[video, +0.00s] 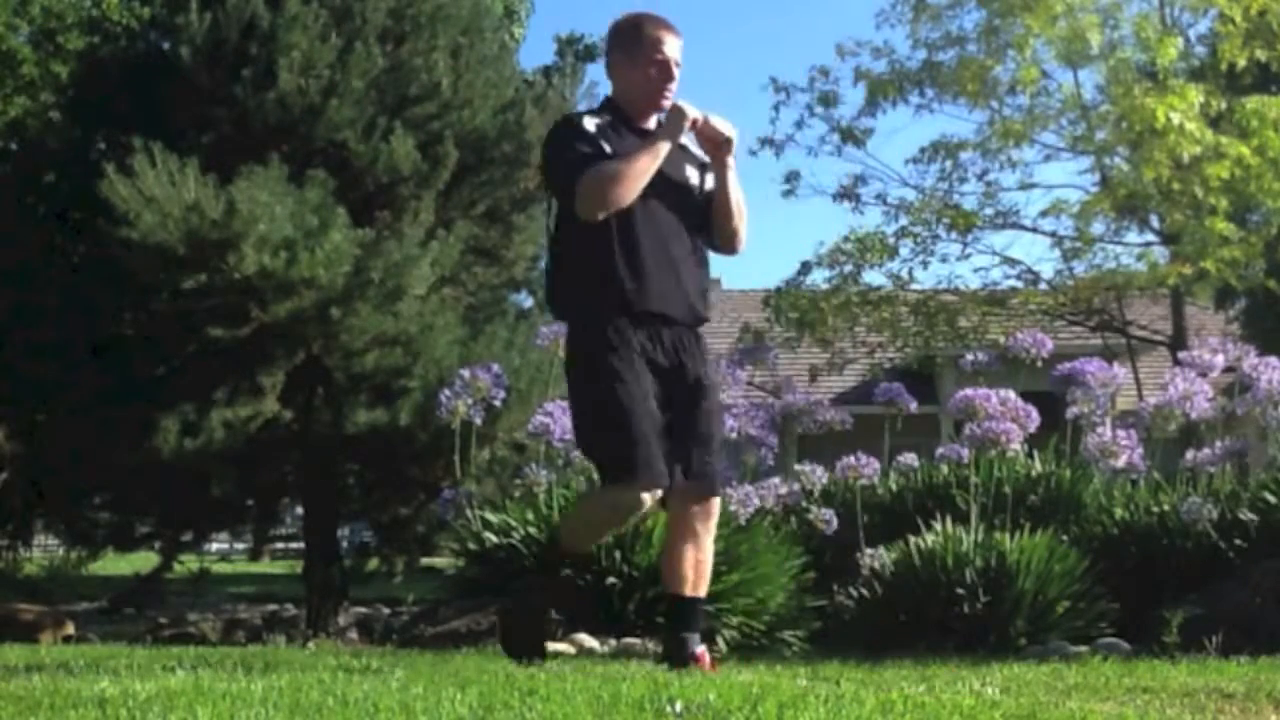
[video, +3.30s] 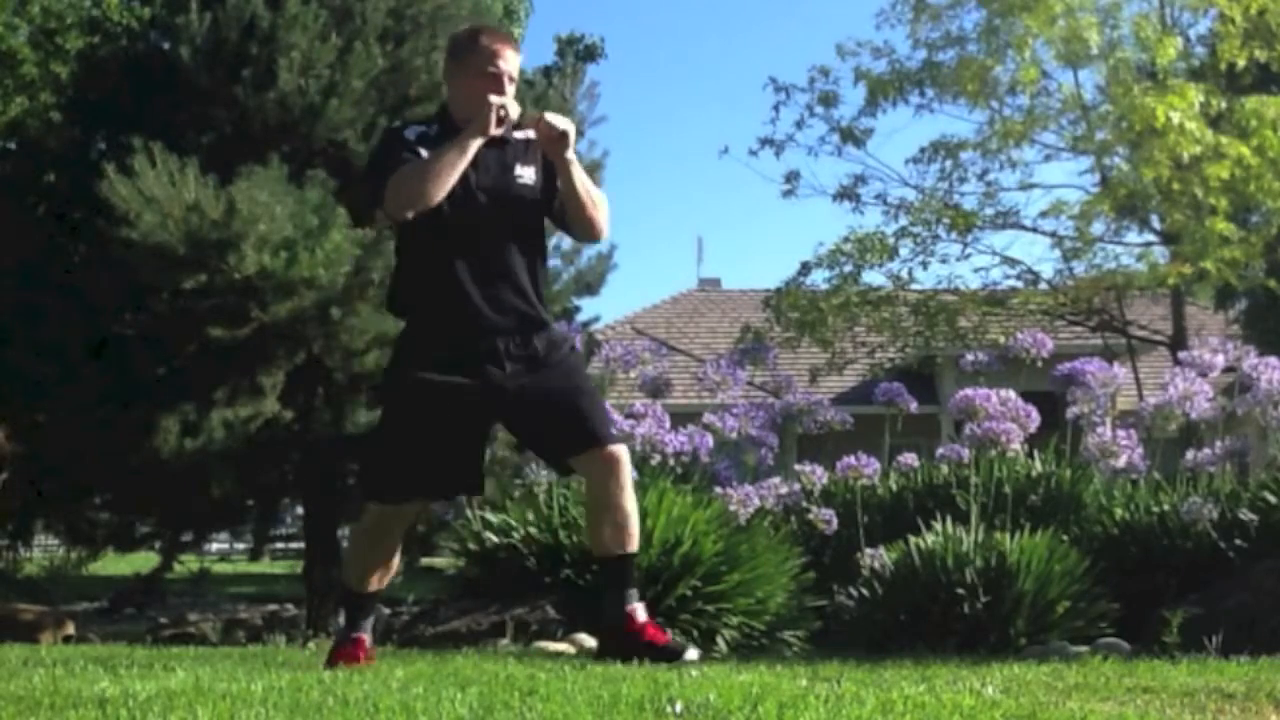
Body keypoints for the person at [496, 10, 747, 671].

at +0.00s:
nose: (669, 75)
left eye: (675, 66)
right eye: (655, 62)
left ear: (680, 75)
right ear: (616, 64)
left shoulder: (677, 154)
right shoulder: (575, 133)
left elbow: (729, 238)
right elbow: (598, 198)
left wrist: (723, 164)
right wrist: (667, 138)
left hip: (684, 338)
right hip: (611, 334)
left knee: (699, 495)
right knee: (636, 488)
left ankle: (686, 642)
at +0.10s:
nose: (630, 84)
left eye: (636, 74)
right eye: (617, 71)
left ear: (639, 80)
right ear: (575, 71)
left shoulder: (648, 156)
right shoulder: (539, 139)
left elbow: (687, 246)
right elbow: (563, 204)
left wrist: (683, 174)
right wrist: (630, 142)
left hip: (651, 346)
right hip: (569, 345)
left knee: (677, 496)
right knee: (553, 495)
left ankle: (679, 640)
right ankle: (455, 589)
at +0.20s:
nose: (588, 100)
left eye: (596, 90)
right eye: (576, 85)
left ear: (602, 98)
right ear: (536, 82)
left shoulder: (605, 173)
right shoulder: (499, 154)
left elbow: (648, 259)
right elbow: (523, 222)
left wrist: (646, 190)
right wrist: (592, 156)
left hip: (605, 363)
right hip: (517, 361)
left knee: (652, 504)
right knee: (473, 507)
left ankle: (678, 644)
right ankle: (409, 622)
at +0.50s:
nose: (532, 87)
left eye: (542, 77)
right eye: (522, 72)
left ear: (548, 83)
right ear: (480, 66)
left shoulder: (551, 149)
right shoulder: (428, 131)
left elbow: (593, 236)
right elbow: (436, 207)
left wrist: (583, 166)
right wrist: (512, 152)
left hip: (536, 337)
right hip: (446, 338)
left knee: (583, 468)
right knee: (422, 495)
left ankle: (578, 628)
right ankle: (387, 631)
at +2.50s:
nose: (482, 68)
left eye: (489, 60)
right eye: (469, 56)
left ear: (499, 70)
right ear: (432, 61)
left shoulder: (513, 139)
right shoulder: (394, 127)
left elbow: (569, 212)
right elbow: (382, 201)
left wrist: (535, 139)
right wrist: (455, 127)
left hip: (496, 334)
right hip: (409, 331)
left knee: (509, 485)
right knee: (379, 483)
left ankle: (509, 634)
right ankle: (346, 618)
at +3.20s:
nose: (475, 90)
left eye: (484, 82)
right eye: (463, 78)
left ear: (491, 91)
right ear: (425, 80)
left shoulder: (510, 156)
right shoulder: (385, 148)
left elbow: (565, 234)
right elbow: (372, 211)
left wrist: (533, 167)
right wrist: (447, 143)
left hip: (506, 347)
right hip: (417, 351)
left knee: (579, 462)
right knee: (380, 507)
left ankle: (548, 607)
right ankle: (351, 641)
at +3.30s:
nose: (501, 86)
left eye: (510, 78)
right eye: (488, 74)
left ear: (520, 86)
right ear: (451, 76)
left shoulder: (535, 148)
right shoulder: (412, 143)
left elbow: (593, 227)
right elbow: (404, 203)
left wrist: (564, 157)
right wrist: (476, 136)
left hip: (531, 348)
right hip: (439, 353)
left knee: (609, 458)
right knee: (394, 504)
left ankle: (622, 618)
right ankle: (355, 631)